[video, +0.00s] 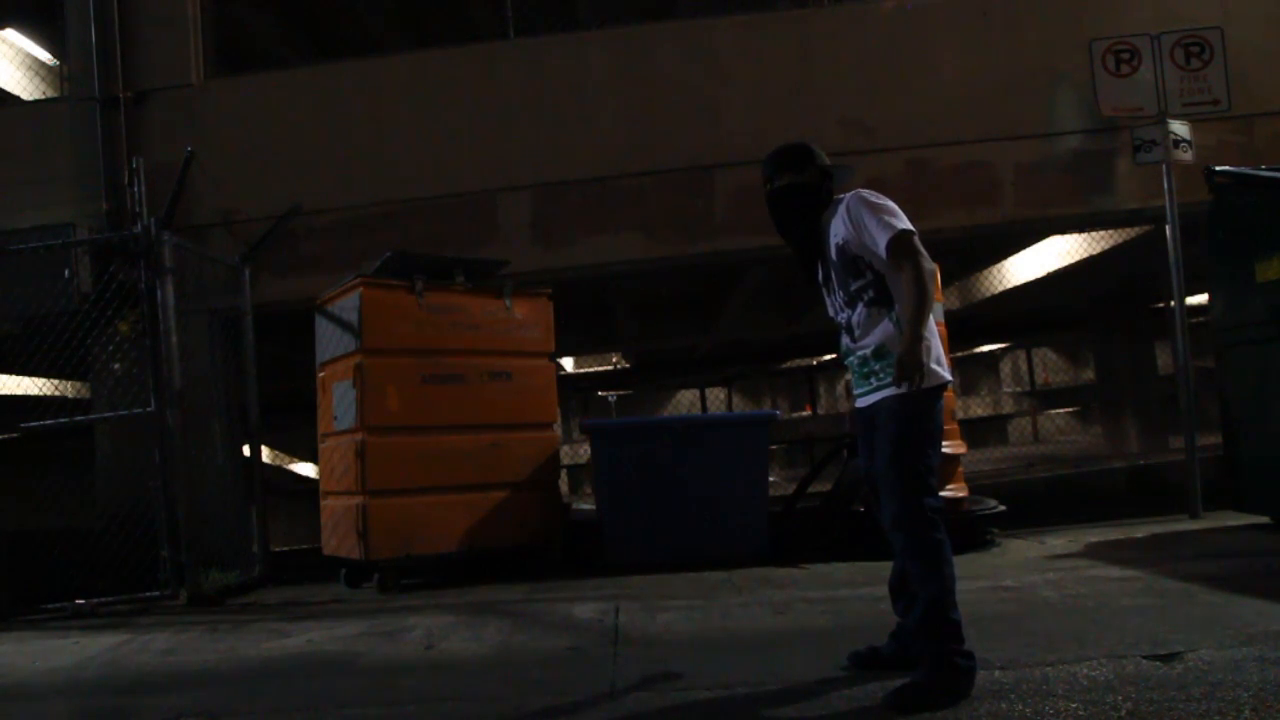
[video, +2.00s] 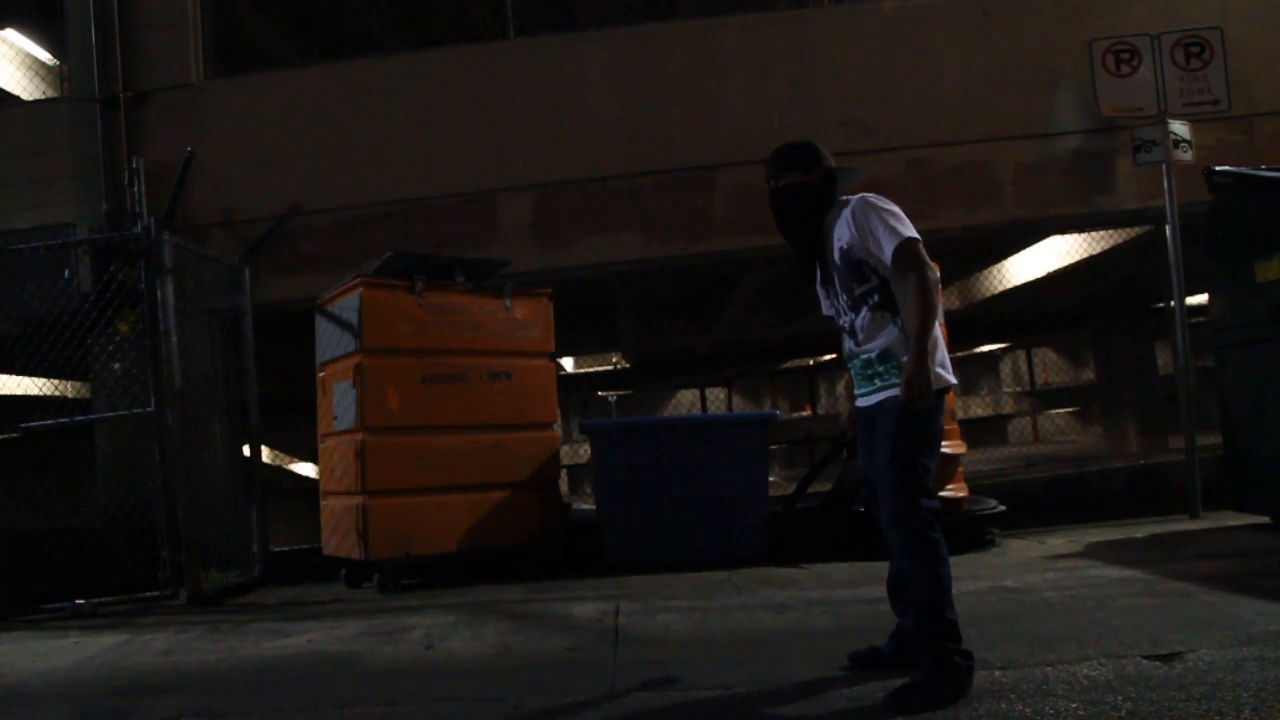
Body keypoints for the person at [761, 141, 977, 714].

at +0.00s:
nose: (777, 206)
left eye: (783, 191)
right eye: (772, 195)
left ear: (812, 181)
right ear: (790, 192)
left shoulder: (857, 207)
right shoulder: (828, 244)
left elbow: (916, 266)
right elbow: (866, 316)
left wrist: (910, 346)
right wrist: (864, 381)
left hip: (907, 392)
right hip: (878, 400)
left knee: (916, 520)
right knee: (898, 520)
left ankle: (946, 661)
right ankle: (914, 639)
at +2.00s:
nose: (781, 202)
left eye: (789, 187)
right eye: (776, 191)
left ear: (817, 180)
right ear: (783, 194)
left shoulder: (863, 212)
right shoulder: (826, 252)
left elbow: (921, 276)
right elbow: (853, 340)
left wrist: (919, 374)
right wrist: (856, 407)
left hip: (909, 394)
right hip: (876, 402)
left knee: (913, 520)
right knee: (895, 520)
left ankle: (945, 660)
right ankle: (912, 637)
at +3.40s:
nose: (712, 221)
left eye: (720, 207)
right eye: (708, 210)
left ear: (747, 202)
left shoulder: (794, 232)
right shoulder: (757, 272)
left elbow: (856, 287)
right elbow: (805, 345)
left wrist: (882, 377)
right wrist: (814, 408)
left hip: (871, 394)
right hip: (843, 402)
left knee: (846, 517)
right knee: (878, 514)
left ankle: (929, 634)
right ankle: (908, 635)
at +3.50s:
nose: (686, 228)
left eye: (694, 214)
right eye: (683, 216)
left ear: (721, 209)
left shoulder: (769, 240)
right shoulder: (733, 276)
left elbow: (840, 296)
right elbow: (782, 349)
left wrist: (886, 373)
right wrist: (791, 412)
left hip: (852, 400)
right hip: (822, 409)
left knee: (811, 522)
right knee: (870, 516)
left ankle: (910, 630)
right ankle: (914, 633)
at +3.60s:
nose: (653, 241)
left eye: (660, 228)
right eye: (652, 229)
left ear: (684, 225)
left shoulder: (735, 255)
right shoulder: (700, 291)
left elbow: (801, 320)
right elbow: (748, 363)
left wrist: (858, 391)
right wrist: (756, 423)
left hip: (825, 415)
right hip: (797, 422)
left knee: (762, 530)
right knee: (846, 527)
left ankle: (841, 640)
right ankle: (918, 634)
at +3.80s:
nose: (555, 256)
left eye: (559, 245)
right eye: (556, 248)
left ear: (576, 240)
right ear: (609, 234)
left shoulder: (615, 269)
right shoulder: (622, 275)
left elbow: (573, 303)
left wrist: (497, 298)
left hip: (728, 429)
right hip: (737, 424)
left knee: (670, 557)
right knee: (770, 539)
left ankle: (741, 675)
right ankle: (888, 611)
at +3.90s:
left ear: (518, 202)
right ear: (556, 202)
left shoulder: (554, 240)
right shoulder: (574, 248)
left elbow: (536, 268)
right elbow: (628, 312)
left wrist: (479, 248)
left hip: (660, 413)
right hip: (660, 412)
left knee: (690, 532)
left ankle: (820, 579)